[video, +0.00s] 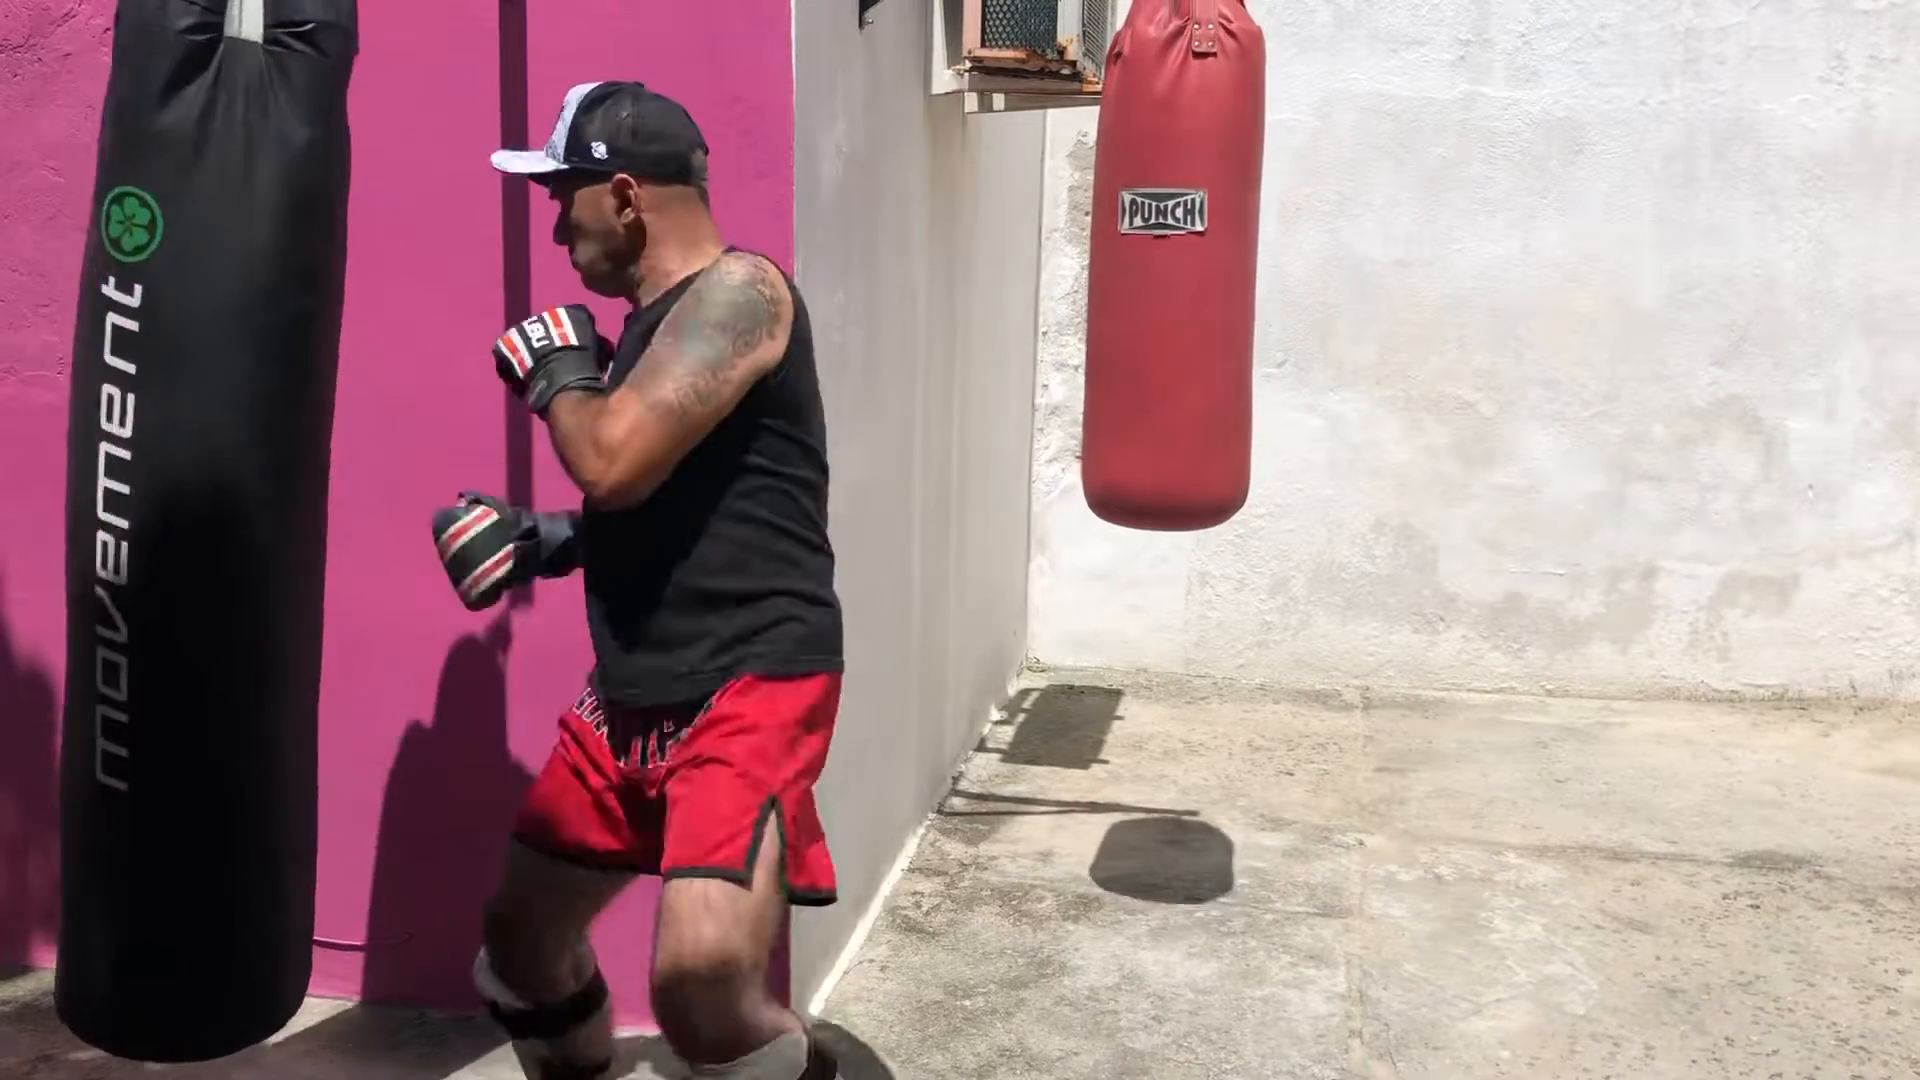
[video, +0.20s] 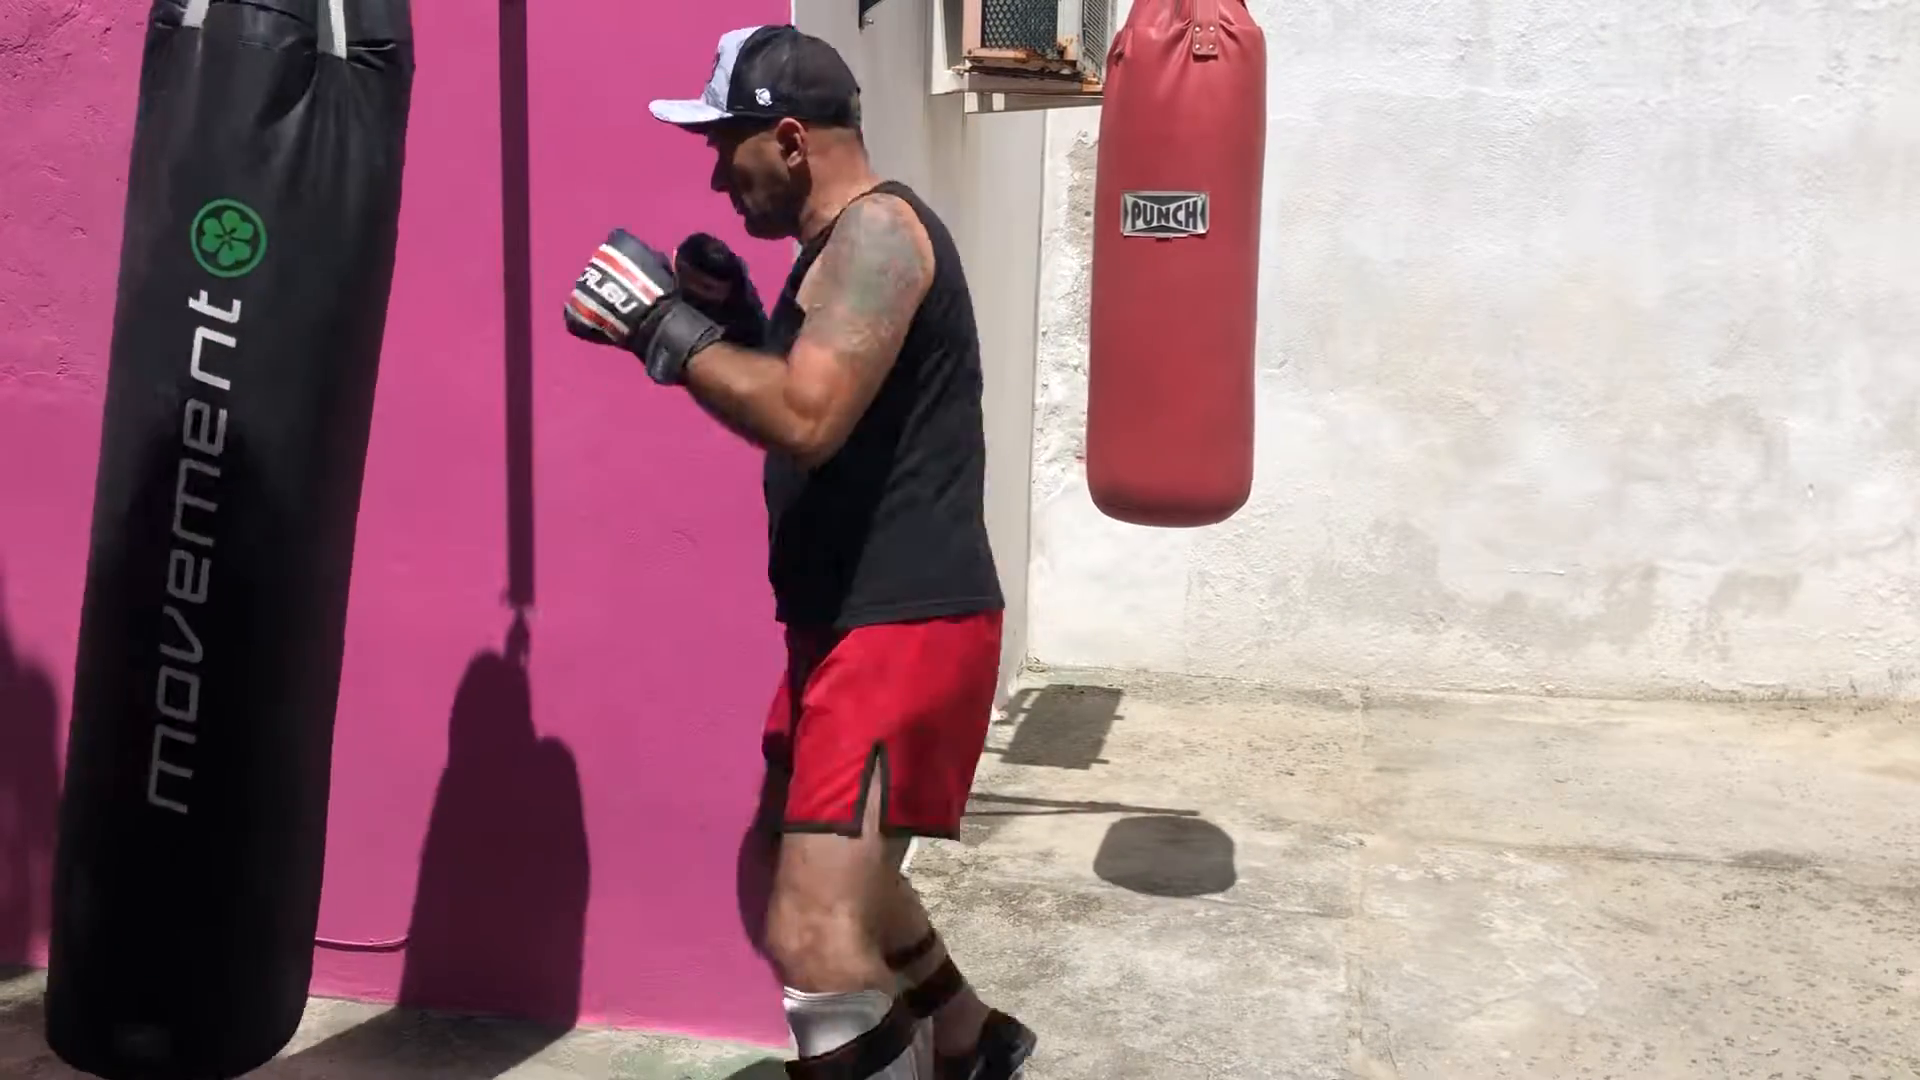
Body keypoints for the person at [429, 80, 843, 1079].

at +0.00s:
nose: (556, 220)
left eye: (566, 193)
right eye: (554, 196)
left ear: (633, 194)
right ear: (638, 198)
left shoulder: (744, 292)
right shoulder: (640, 334)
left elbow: (613, 460)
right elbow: (672, 517)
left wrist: (555, 370)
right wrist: (547, 542)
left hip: (753, 683)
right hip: (630, 692)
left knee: (704, 1001)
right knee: (524, 944)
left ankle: (825, 1067)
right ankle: (586, 1075)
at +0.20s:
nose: (718, 171)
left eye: (727, 145)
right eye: (715, 147)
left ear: (793, 139)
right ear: (808, 137)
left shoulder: (878, 235)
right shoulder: (847, 241)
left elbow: (806, 418)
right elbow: (826, 408)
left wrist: (670, 334)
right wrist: (744, 329)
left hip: (901, 625)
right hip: (852, 622)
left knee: (817, 926)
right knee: (792, 868)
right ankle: (963, 1034)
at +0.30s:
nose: (776, 215)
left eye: (788, 192)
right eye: (776, 192)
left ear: (851, 195)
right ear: (857, 194)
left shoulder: (944, 283)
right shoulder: (900, 293)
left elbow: (919, 469)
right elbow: (896, 456)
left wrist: (776, 376)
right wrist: (775, 367)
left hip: (975, 660)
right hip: (929, 657)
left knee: (823, 926)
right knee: (970, 918)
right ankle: (1097, 1057)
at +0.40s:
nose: (817, 262)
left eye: (829, 236)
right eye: (816, 238)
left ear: (894, 235)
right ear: (899, 234)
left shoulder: (977, 328)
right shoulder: (963, 325)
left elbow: (956, 524)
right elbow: (932, 483)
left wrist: (808, 436)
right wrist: (846, 406)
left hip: (1017, 698)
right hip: (1007, 688)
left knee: (876, 981)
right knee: (1004, 932)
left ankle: (1044, 1073)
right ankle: (1111, 1069)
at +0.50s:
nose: (842, 242)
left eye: (854, 216)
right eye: (842, 217)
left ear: (922, 214)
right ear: (936, 211)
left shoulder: (998, 317)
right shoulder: (1017, 299)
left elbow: (923, 518)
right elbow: (984, 486)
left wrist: (814, 409)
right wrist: (900, 404)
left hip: (1030, 686)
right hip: (1034, 673)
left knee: (973, 1007)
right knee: (1040, 924)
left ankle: (1080, 1033)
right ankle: (1114, 1061)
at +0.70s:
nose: (848, 212)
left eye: (862, 188)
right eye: (849, 187)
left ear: (929, 189)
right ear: (943, 184)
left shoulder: (1022, 296)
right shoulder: (1003, 285)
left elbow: (894, 487)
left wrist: (841, 352)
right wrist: (883, 345)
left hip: (1075, 687)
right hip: (1010, 683)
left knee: (1105, 992)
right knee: (1013, 916)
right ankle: (1142, 1062)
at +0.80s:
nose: (847, 207)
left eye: (859, 181)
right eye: (847, 181)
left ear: (929, 180)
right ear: (936, 176)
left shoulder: (1037, 292)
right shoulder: (996, 283)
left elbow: (926, 501)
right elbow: (1026, 411)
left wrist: (832, 366)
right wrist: (924, 334)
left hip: (1065, 692)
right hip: (999, 685)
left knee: (1078, 1005)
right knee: (1010, 933)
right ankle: (1137, 1063)